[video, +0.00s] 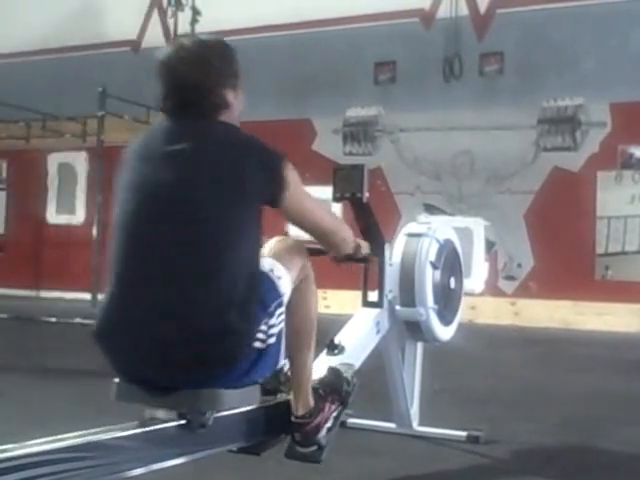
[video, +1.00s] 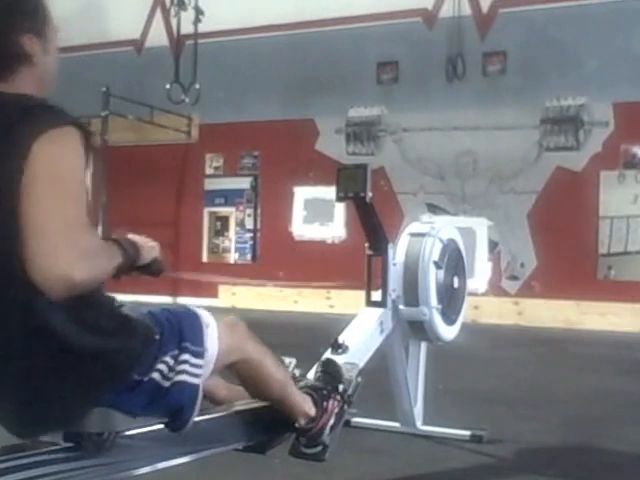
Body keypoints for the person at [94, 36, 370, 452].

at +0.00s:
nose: (241, 99)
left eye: (239, 88)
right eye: (239, 88)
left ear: (171, 95)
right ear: (226, 96)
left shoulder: (139, 151)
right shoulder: (252, 157)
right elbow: (337, 235)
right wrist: (347, 247)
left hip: (132, 358)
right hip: (216, 360)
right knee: (293, 250)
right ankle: (305, 409)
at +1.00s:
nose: (56, 58)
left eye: (54, 45)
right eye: (52, 45)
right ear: (29, 45)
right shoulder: (45, 129)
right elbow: (61, 267)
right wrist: (128, 249)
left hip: (8, 356)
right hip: (54, 358)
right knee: (234, 335)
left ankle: (251, 407)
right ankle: (307, 412)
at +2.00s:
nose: (228, 84)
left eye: (224, 73)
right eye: (223, 73)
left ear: (153, 87)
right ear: (210, 85)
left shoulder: (131, 149)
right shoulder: (230, 146)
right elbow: (320, 202)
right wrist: (354, 224)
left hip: (126, 361)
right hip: (205, 365)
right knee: (293, 256)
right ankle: (311, 410)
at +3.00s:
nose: (215, 92)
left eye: (211, 79)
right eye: (210, 80)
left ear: (140, 91)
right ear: (194, 89)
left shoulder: (108, 158)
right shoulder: (227, 160)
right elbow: (319, 255)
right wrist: (332, 241)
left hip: (114, 371)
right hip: (192, 374)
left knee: (223, 269)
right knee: (300, 263)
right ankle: (319, 422)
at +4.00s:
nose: (40, 81)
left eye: (38, 65)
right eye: (38, 65)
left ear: (7, 66)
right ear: (11, 67)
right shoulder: (42, 157)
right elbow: (157, 287)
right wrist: (196, 264)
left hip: (10, 396)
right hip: (73, 387)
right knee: (242, 363)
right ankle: (324, 432)